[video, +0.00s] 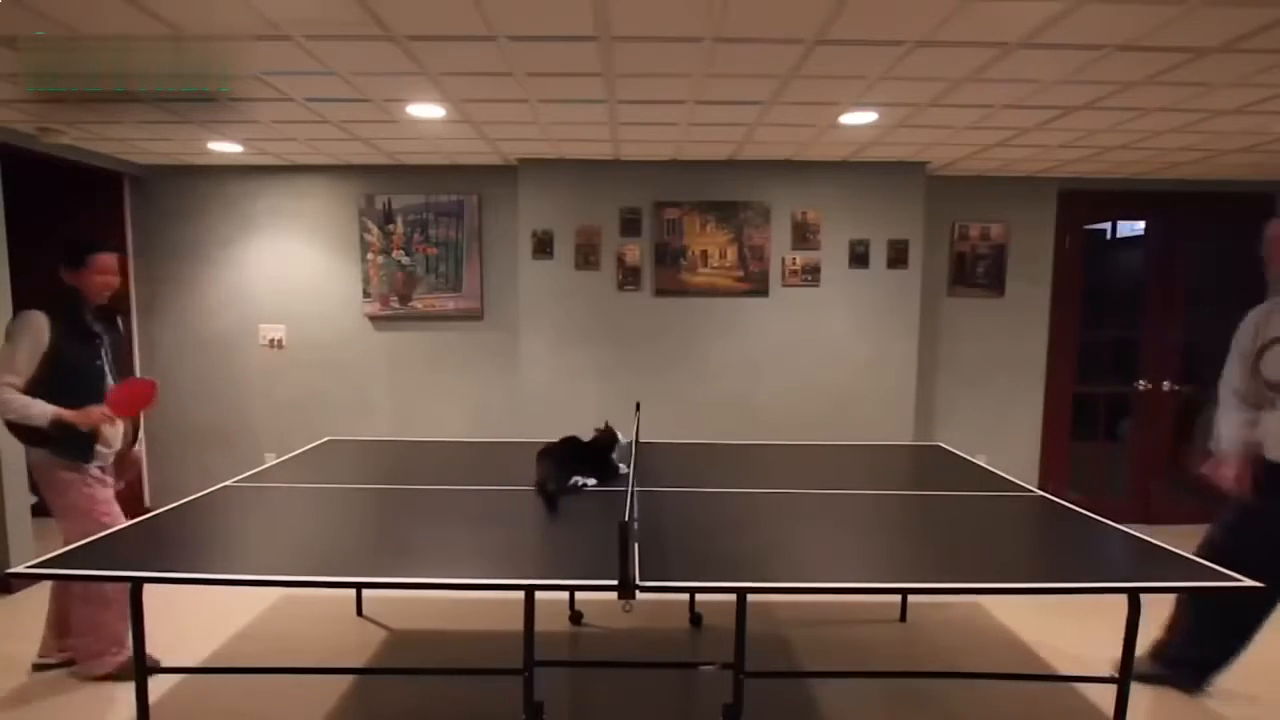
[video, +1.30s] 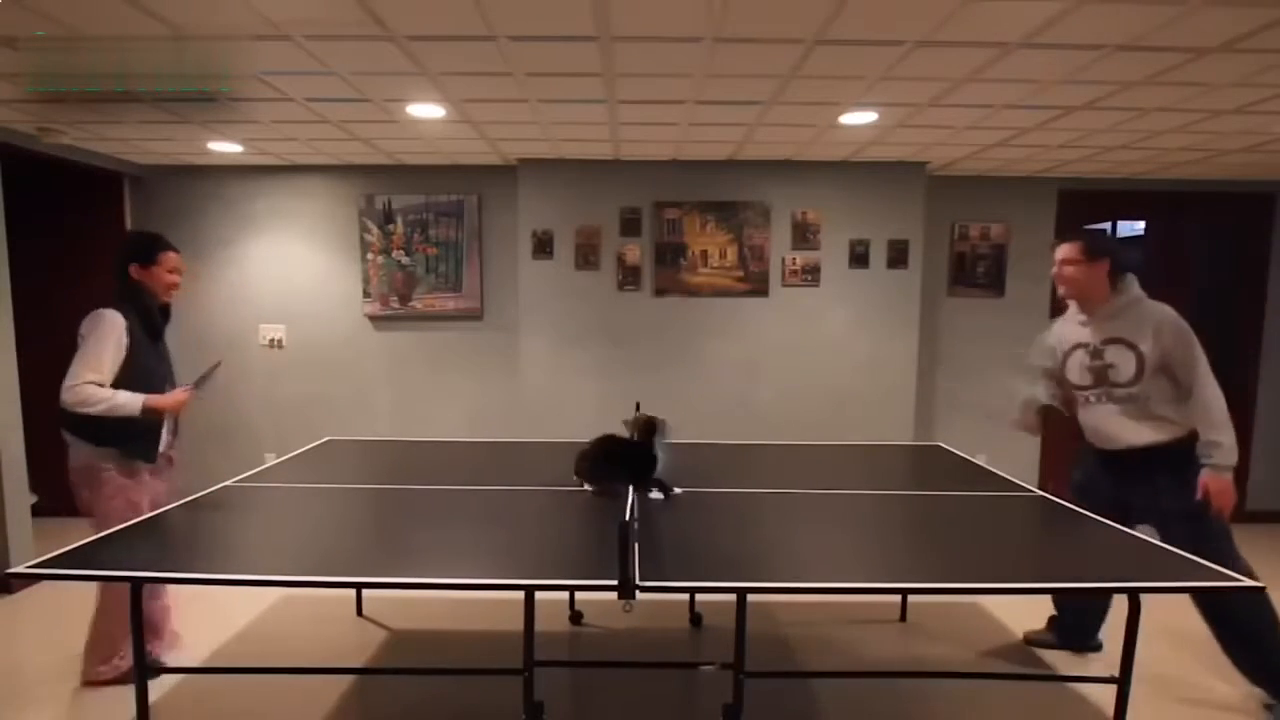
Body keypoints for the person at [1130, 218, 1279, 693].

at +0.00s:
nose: (1273, 260)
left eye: (1276, 249)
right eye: (1272, 250)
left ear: (1277, 256)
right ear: (1266, 256)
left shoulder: (1262, 323)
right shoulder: (1259, 323)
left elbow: (1235, 392)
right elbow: (1236, 391)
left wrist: (1235, 448)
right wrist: (1231, 450)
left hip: (1274, 473)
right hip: (1270, 470)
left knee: (1234, 561)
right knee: (1231, 563)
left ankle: (1185, 661)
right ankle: (1182, 661)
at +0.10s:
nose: (1258, 263)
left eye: (1267, 253)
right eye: (1252, 254)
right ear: (1242, 265)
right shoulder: (1241, 326)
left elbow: (1223, 396)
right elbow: (1223, 397)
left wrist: (1245, 453)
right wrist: (1241, 452)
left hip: (1273, 481)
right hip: (1261, 475)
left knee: (1220, 558)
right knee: (1216, 560)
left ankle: (1167, 650)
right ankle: (1164, 650)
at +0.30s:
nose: (1197, 263)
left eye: (1211, 253)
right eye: (1195, 253)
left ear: (1253, 260)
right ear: (1190, 259)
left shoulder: (1275, 316)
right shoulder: (1188, 323)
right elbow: (1164, 385)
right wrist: (1170, 436)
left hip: (1269, 473)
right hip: (1201, 467)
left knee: (1275, 582)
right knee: (1171, 560)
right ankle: (1158, 649)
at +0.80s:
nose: (1158, 277)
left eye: (1169, 265)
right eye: (1154, 268)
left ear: (1207, 267)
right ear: (1155, 276)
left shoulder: (1260, 322)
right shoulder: (1158, 335)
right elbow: (1142, 390)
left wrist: (1277, 501)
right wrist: (1112, 411)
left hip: (1247, 478)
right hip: (1176, 476)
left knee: (1260, 598)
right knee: (1136, 558)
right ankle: (1087, 635)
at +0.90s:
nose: (1109, 297)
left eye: (1119, 285)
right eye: (1105, 287)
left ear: (1156, 282)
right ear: (1107, 292)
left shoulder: (1210, 338)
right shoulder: (1117, 341)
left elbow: (1252, 418)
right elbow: (1083, 382)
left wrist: (1248, 499)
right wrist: (1054, 404)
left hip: (1202, 488)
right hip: (1138, 484)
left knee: (1238, 602)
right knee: (1091, 546)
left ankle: (1279, 687)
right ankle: (1076, 630)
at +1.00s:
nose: (1072, 295)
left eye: (1082, 285)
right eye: (1070, 286)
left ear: (1120, 287)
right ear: (1076, 292)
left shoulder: (1177, 342)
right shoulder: (1078, 343)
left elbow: (1215, 418)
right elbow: (1029, 369)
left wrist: (1209, 492)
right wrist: (988, 386)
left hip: (1175, 484)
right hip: (1114, 481)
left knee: (1218, 596)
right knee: (1068, 546)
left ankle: (1275, 694)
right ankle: (1072, 631)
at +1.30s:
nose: (1057, 274)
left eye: (1068, 265)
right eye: (1056, 266)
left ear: (1104, 269)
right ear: (1059, 274)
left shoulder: (1159, 322)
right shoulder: (1060, 333)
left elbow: (1204, 390)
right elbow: (1035, 394)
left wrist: (1218, 462)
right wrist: (1029, 404)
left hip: (1168, 463)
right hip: (1102, 462)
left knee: (1220, 576)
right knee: (1079, 546)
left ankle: (1276, 683)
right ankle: (1075, 630)